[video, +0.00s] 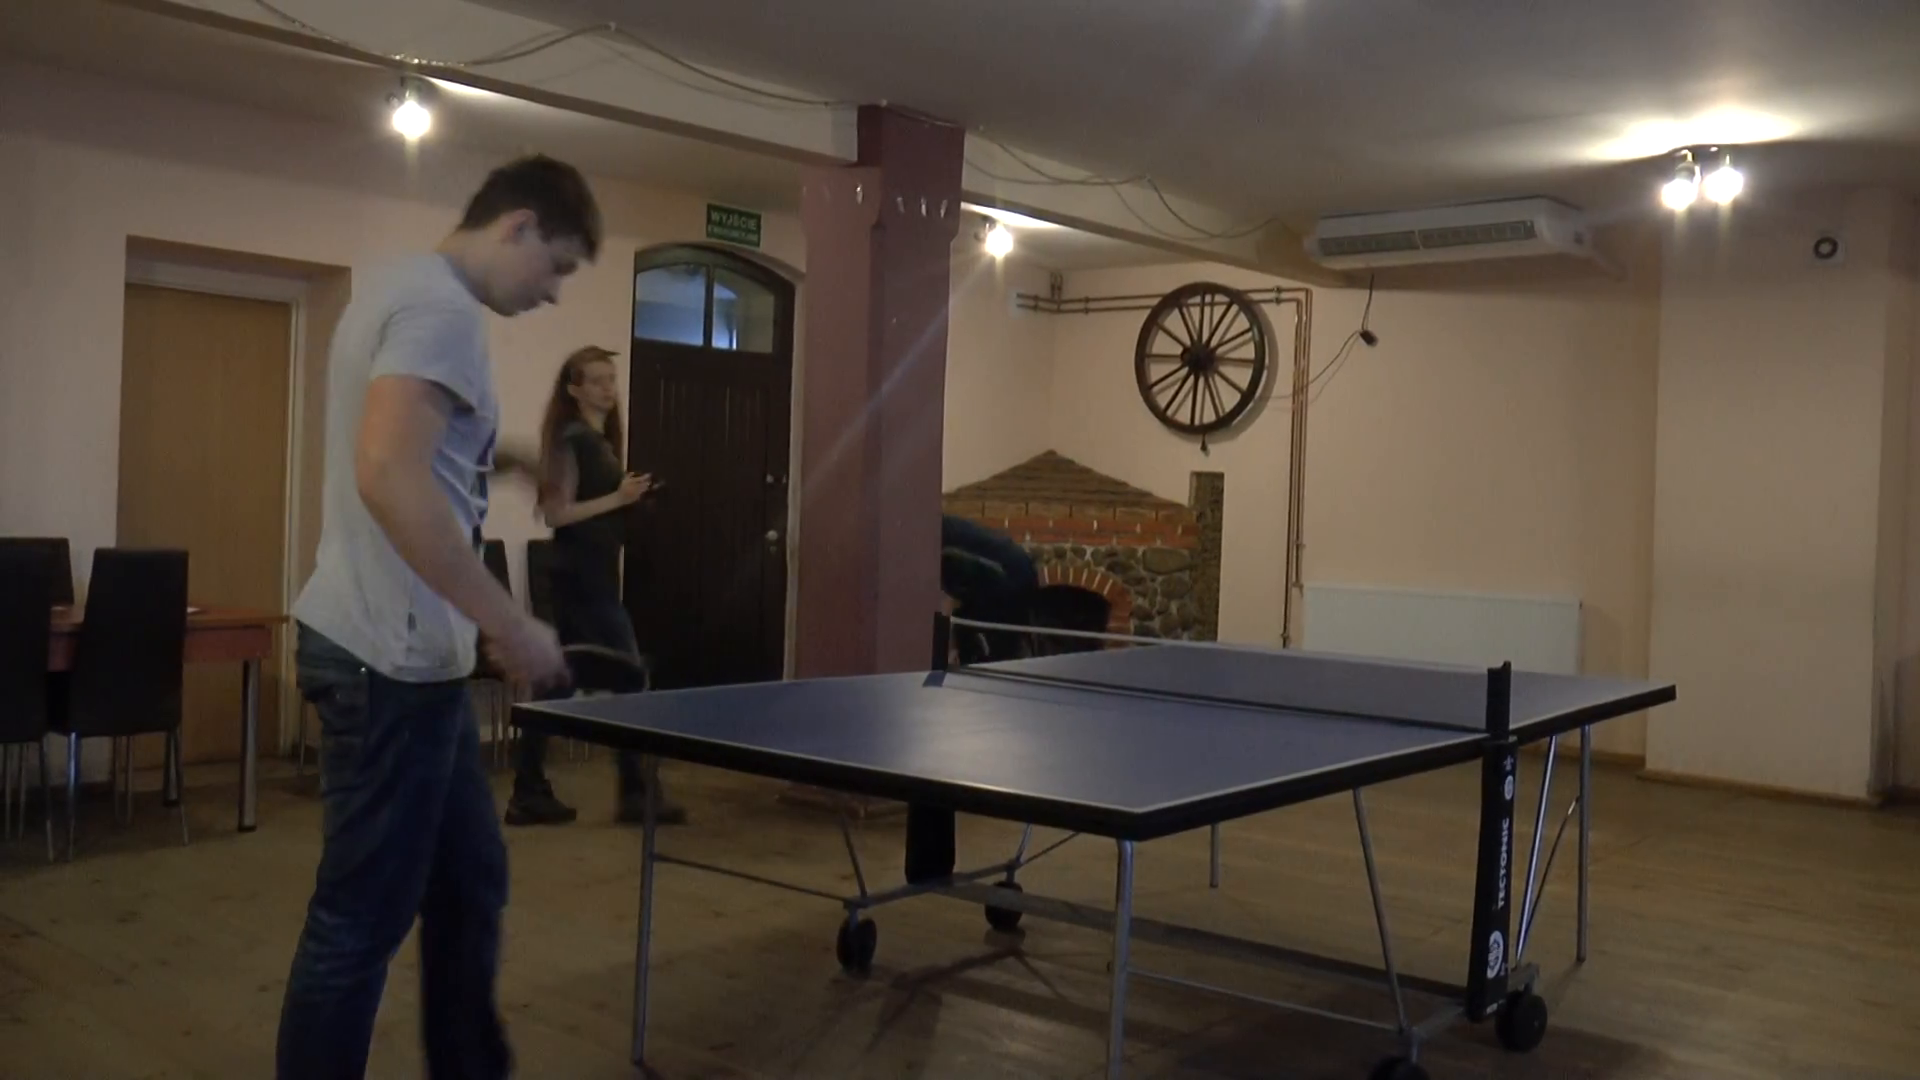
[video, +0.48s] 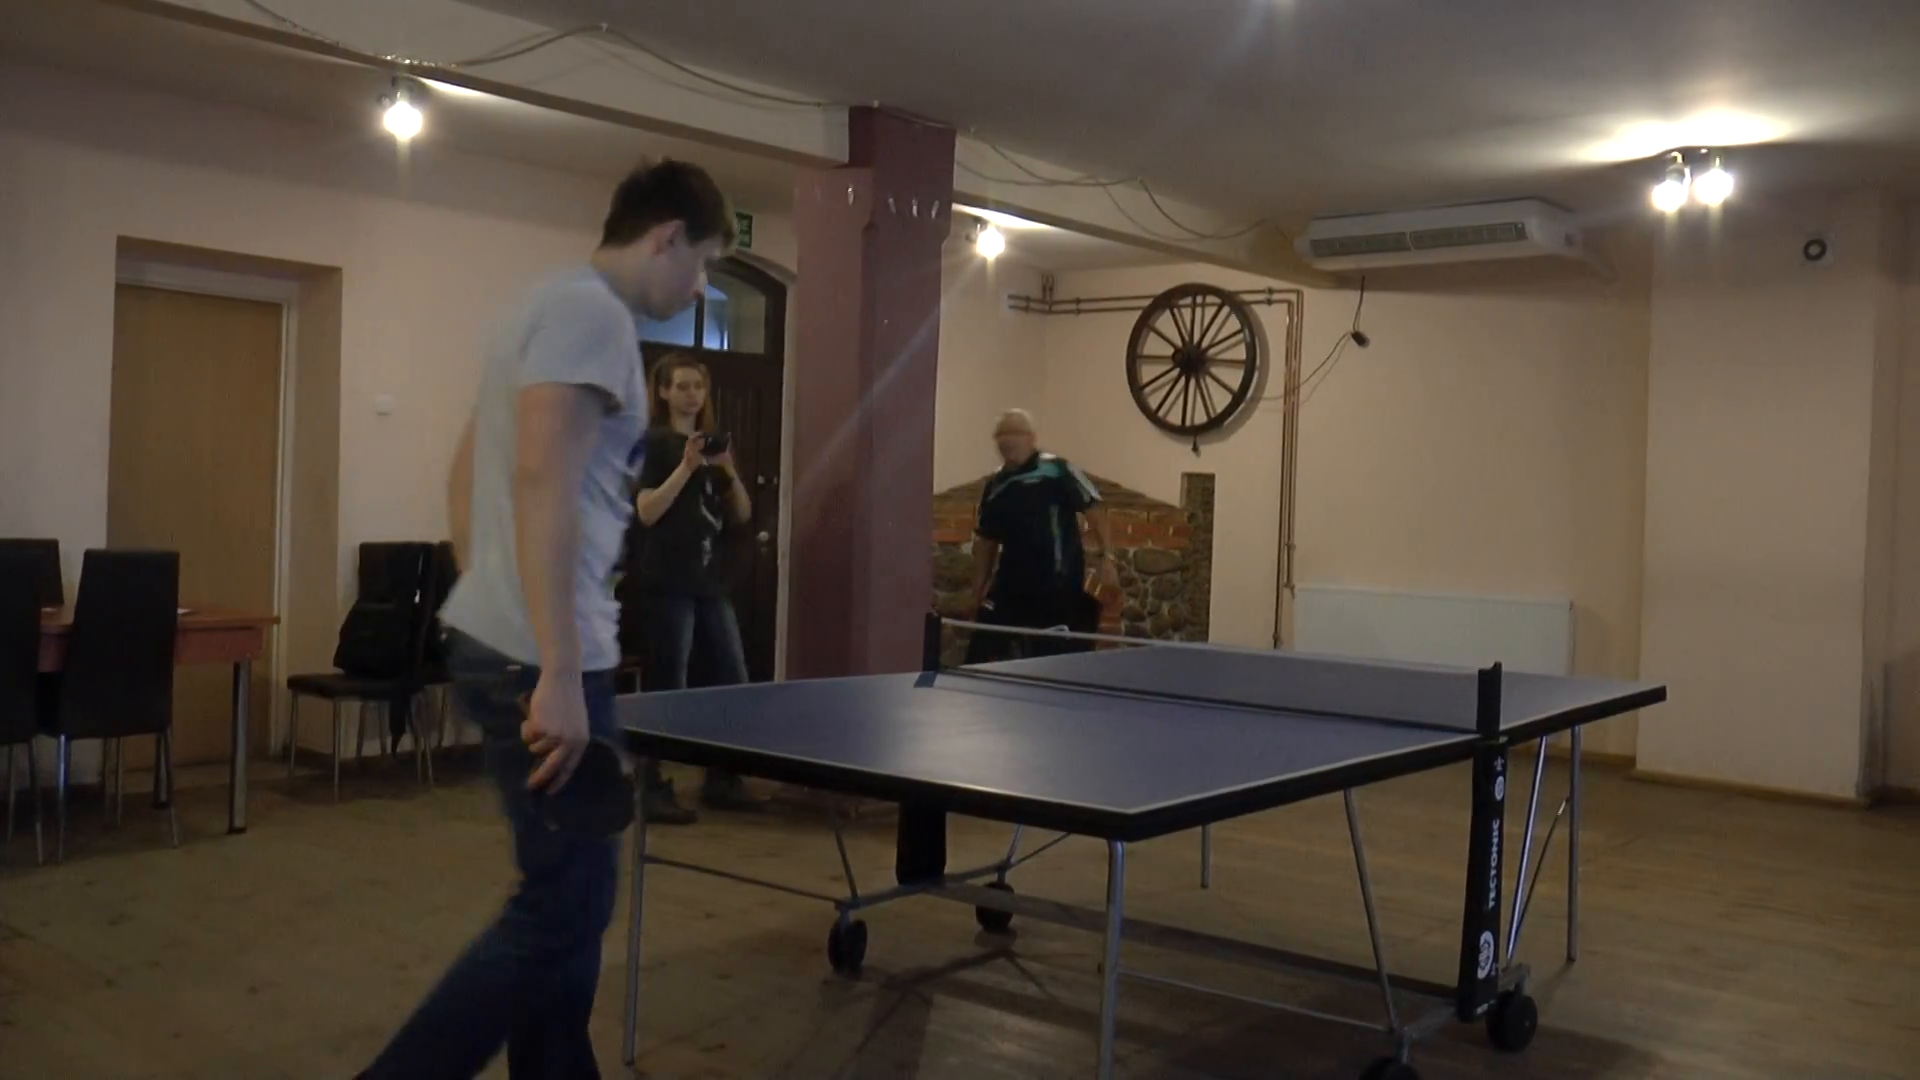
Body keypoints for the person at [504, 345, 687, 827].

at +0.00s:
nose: (609, 388)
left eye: (612, 380)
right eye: (599, 381)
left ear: (613, 387)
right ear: (574, 388)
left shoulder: (598, 437)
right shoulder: (568, 439)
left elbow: (587, 501)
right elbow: (555, 513)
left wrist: (625, 492)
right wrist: (617, 497)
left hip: (593, 572)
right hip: (579, 577)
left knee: (551, 676)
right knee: (629, 675)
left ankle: (529, 788)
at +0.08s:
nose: (626, 393)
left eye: (630, 385)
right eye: (615, 386)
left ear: (635, 391)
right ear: (593, 393)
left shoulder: (622, 445)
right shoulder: (591, 446)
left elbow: (611, 506)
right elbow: (571, 517)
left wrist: (648, 494)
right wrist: (632, 499)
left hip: (620, 575)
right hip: (603, 579)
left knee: (581, 683)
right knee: (648, 680)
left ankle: (535, 781)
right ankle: (657, 785)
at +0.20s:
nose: (647, 394)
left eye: (652, 386)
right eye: (637, 387)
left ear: (661, 392)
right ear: (617, 393)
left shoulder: (653, 446)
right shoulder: (613, 448)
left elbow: (651, 510)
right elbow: (599, 519)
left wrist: (677, 495)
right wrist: (655, 495)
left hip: (652, 568)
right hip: (629, 573)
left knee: (643, 685)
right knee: (661, 679)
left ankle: (567, 764)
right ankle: (658, 784)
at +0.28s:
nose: (660, 395)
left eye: (666, 386)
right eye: (650, 387)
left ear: (676, 392)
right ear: (631, 393)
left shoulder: (675, 446)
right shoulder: (625, 449)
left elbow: (696, 521)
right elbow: (616, 519)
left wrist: (697, 491)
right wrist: (665, 489)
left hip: (673, 573)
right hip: (641, 576)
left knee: (681, 677)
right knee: (662, 679)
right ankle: (657, 782)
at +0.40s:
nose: (681, 395)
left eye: (687, 387)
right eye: (671, 387)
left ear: (695, 394)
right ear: (652, 392)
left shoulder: (698, 445)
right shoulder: (640, 444)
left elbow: (726, 516)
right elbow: (636, 514)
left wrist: (717, 474)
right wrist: (679, 475)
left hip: (696, 578)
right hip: (657, 579)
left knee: (726, 677)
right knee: (669, 684)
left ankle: (684, 778)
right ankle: (663, 787)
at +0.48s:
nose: (689, 394)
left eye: (696, 387)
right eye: (680, 386)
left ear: (707, 394)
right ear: (663, 392)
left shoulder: (713, 445)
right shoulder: (652, 443)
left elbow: (742, 514)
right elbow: (646, 512)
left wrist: (729, 472)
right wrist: (686, 467)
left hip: (708, 580)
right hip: (663, 579)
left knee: (733, 680)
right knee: (667, 684)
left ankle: (723, 779)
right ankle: (652, 784)